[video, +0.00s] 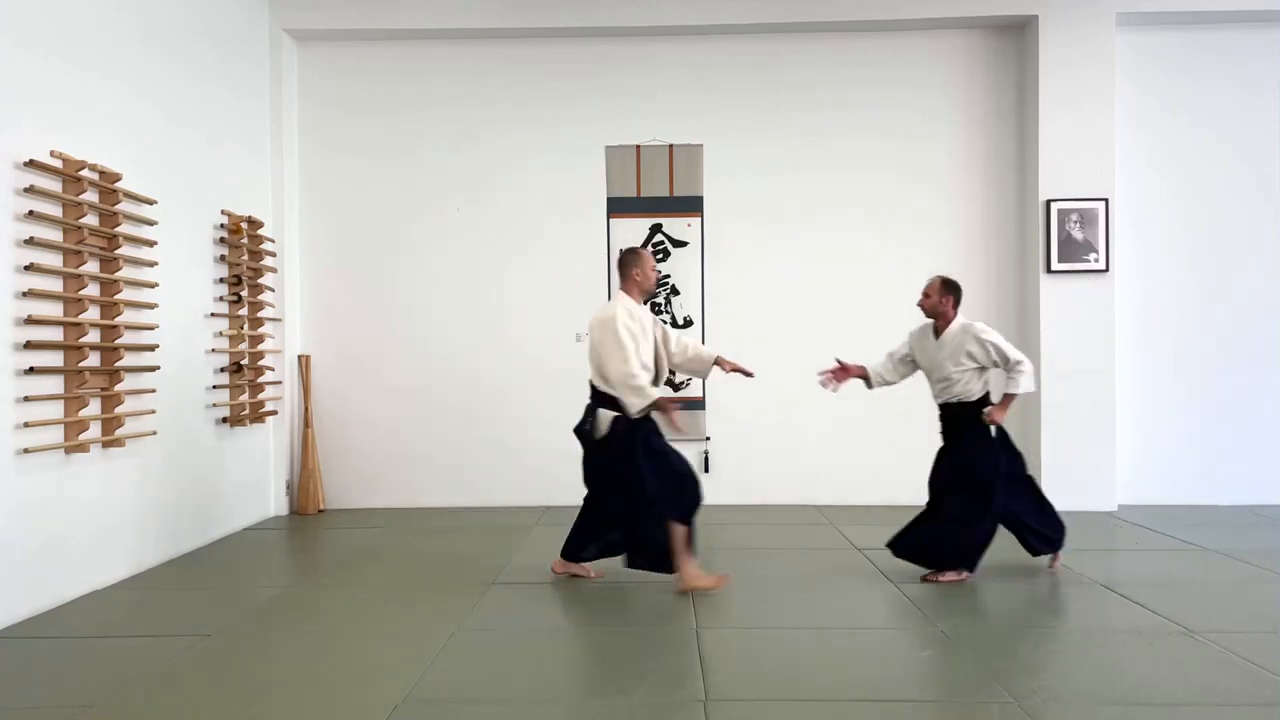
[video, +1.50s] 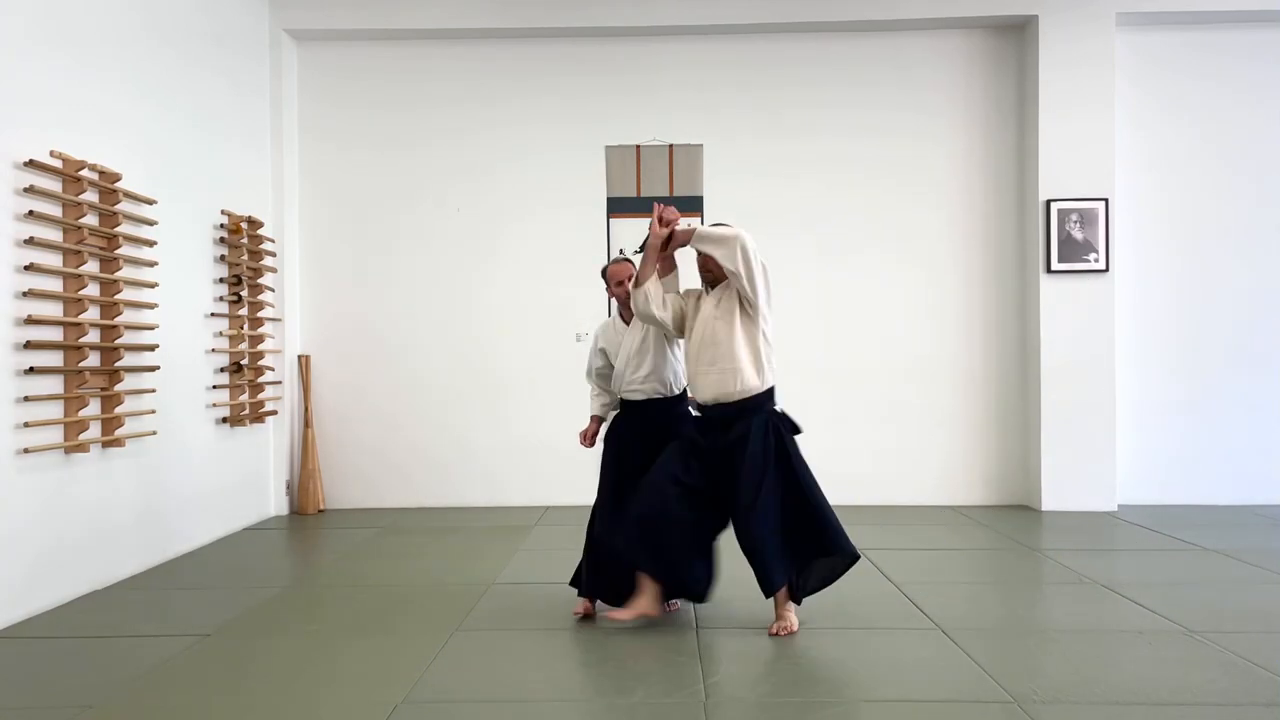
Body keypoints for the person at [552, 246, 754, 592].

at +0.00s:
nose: (659, 273)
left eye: (657, 267)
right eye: (653, 268)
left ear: (635, 275)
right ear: (635, 274)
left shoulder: (646, 319)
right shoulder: (613, 317)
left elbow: (677, 346)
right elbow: (620, 371)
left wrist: (718, 361)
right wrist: (655, 399)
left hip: (626, 419)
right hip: (616, 421)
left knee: (605, 492)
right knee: (680, 480)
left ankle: (568, 559)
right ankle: (687, 571)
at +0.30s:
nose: (744, 265)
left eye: (741, 259)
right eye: (743, 259)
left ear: (708, 264)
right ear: (736, 260)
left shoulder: (693, 306)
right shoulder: (750, 294)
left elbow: (706, 347)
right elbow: (807, 307)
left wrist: (765, 344)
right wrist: (802, 294)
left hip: (716, 406)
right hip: (758, 404)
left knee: (697, 484)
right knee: (782, 486)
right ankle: (773, 578)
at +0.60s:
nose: (784, 284)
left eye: (786, 278)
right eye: (784, 278)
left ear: (801, 280)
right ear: (815, 278)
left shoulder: (817, 316)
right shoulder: (826, 305)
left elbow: (771, 348)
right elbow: (771, 312)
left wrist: (732, 346)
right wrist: (741, 324)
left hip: (833, 435)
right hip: (858, 427)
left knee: (783, 512)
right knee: (897, 506)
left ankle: (808, 605)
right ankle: (962, 585)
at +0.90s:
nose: (815, 278)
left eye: (820, 271)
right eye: (816, 271)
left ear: (843, 271)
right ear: (845, 271)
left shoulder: (862, 305)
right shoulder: (842, 307)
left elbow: (827, 319)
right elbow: (790, 330)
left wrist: (769, 312)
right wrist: (737, 317)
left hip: (870, 426)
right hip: (864, 424)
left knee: (807, 497)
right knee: (906, 507)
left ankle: (808, 600)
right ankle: (962, 587)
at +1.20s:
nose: (765, 282)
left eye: (771, 276)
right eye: (764, 275)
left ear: (797, 277)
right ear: (787, 276)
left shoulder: (812, 310)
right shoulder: (775, 322)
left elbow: (764, 297)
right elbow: (747, 349)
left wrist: (717, 275)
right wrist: (721, 352)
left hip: (835, 429)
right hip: (813, 433)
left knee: (789, 504)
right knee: (874, 505)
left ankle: (790, 604)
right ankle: (946, 568)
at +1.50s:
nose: (704, 260)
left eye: (712, 252)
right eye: (700, 254)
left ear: (730, 256)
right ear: (697, 261)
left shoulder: (747, 297)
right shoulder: (690, 304)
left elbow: (739, 241)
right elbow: (644, 301)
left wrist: (684, 235)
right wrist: (652, 248)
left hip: (751, 419)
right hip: (704, 421)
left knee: (759, 515)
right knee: (656, 498)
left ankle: (784, 604)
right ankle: (648, 596)